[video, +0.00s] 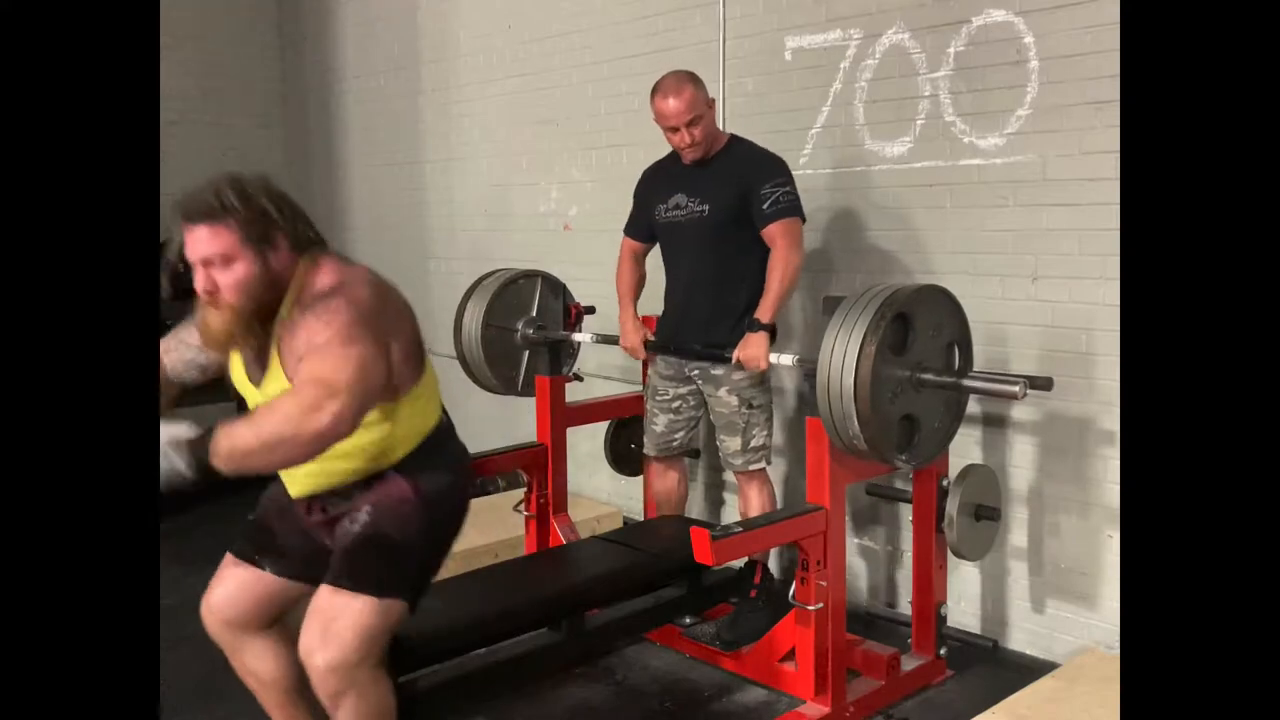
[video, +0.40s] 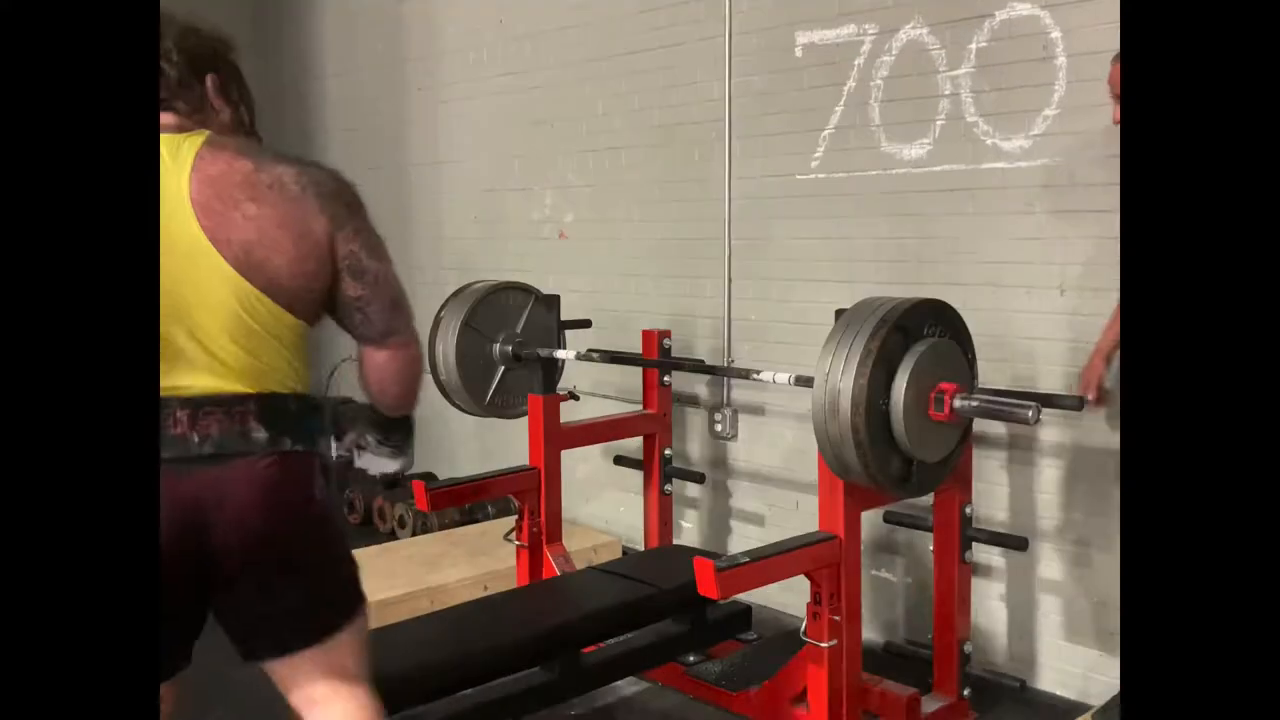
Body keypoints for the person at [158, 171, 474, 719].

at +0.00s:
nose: (204, 285)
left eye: (221, 264)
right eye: (196, 267)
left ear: (277, 251)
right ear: (188, 264)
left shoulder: (340, 307)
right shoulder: (244, 300)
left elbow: (321, 415)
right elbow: (188, 354)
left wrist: (201, 450)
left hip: (406, 480)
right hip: (317, 479)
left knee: (335, 655)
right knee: (229, 614)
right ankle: (298, 715)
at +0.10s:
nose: (181, 238)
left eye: (197, 218)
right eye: (172, 221)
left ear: (255, 203)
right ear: (165, 218)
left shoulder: (325, 259)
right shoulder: (205, 262)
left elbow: (372, 383)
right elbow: (173, 353)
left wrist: (301, 478)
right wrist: (164, 403)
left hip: (389, 448)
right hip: (294, 454)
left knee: (344, 631)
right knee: (247, 605)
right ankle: (303, 717)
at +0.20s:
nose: (173, 189)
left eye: (189, 169)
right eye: (164, 172)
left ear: (249, 161)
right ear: (158, 173)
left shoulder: (321, 221)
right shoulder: (188, 222)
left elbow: (422, 335)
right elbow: (178, 303)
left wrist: (395, 452)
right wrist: (174, 389)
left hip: (363, 436)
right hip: (266, 442)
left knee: (358, 633)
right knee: (264, 604)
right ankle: (303, 716)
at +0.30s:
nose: (179, 162)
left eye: (200, 140)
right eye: (168, 143)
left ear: (259, 136)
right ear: (159, 144)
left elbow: (446, 291)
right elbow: (174, 270)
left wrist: (434, 410)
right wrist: (175, 359)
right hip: (246, 444)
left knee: (352, 641)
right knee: (260, 607)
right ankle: (299, 718)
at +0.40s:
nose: (250, 117)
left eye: (246, 101)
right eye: (243, 98)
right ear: (216, 91)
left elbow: (391, 345)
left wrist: (380, 442)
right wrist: (385, 441)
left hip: (160, 483)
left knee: (158, 697)